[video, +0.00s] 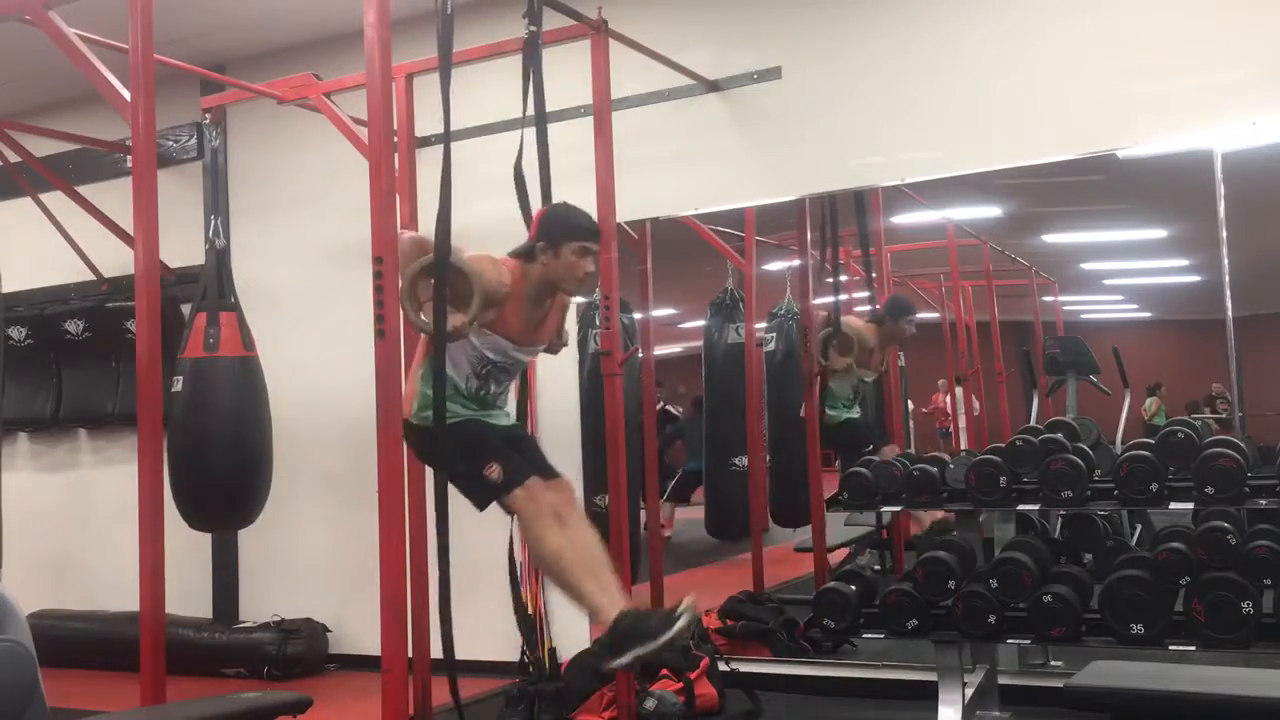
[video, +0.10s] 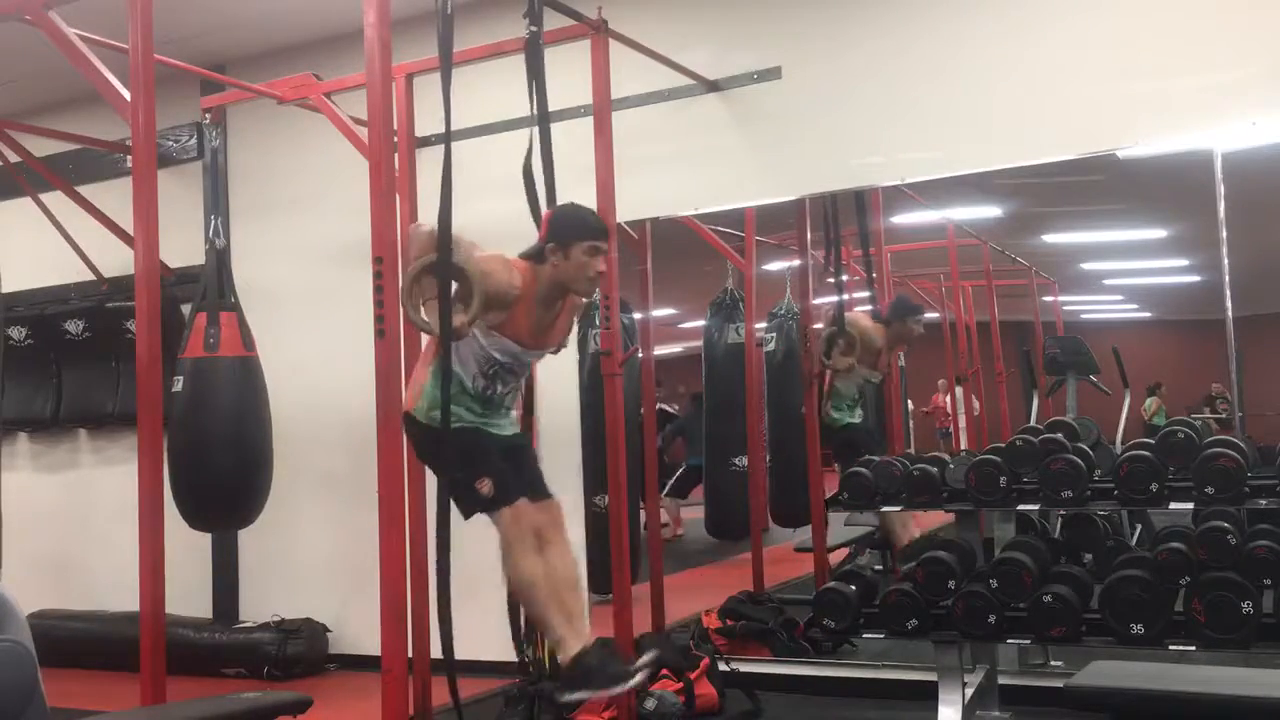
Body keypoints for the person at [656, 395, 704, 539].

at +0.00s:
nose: (687, 410)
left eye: (689, 407)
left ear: (692, 408)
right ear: (707, 408)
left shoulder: (687, 423)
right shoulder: (714, 422)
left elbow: (668, 436)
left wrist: (661, 452)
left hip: (694, 466)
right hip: (714, 465)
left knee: (670, 497)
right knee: (721, 496)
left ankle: (667, 528)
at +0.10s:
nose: (685, 407)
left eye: (687, 404)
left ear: (692, 405)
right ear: (705, 404)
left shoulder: (690, 419)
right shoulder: (713, 417)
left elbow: (670, 432)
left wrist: (664, 451)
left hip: (696, 462)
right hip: (713, 461)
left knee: (668, 496)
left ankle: (676, 527)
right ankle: (677, 525)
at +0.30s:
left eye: (676, 391)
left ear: (678, 391)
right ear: (692, 389)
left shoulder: (676, 409)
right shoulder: (703, 405)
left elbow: (660, 429)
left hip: (688, 457)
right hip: (707, 455)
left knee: (669, 499)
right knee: (713, 493)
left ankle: (682, 530)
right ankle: (723, 526)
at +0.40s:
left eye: (672, 386)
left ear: (673, 387)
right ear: (689, 385)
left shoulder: (669, 405)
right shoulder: (699, 401)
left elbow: (657, 426)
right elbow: (707, 423)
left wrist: (659, 449)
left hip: (680, 454)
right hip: (702, 452)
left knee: (670, 497)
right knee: (712, 490)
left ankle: (682, 530)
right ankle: (722, 523)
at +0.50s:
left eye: (674, 379)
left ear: (671, 381)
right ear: (686, 379)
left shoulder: (667, 400)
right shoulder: (698, 396)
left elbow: (656, 426)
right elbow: (706, 419)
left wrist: (663, 442)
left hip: (677, 450)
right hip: (700, 447)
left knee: (667, 492)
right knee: (702, 486)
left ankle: (679, 528)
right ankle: (715, 521)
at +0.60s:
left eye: (670, 379)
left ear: (669, 381)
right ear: (684, 378)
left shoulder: (665, 400)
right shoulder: (697, 395)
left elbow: (659, 426)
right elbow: (704, 419)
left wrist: (665, 444)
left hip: (676, 450)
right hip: (698, 446)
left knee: (664, 489)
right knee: (697, 484)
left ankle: (673, 524)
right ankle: (710, 516)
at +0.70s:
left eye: (671, 388)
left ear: (668, 389)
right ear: (684, 388)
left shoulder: (664, 408)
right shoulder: (693, 406)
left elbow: (659, 432)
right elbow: (697, 430)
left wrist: (658, 453)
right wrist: (697, 448)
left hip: (671, 456)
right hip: (693, 454)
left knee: (664, 497)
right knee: (694, 490)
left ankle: (665, 530)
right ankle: (711, 516)